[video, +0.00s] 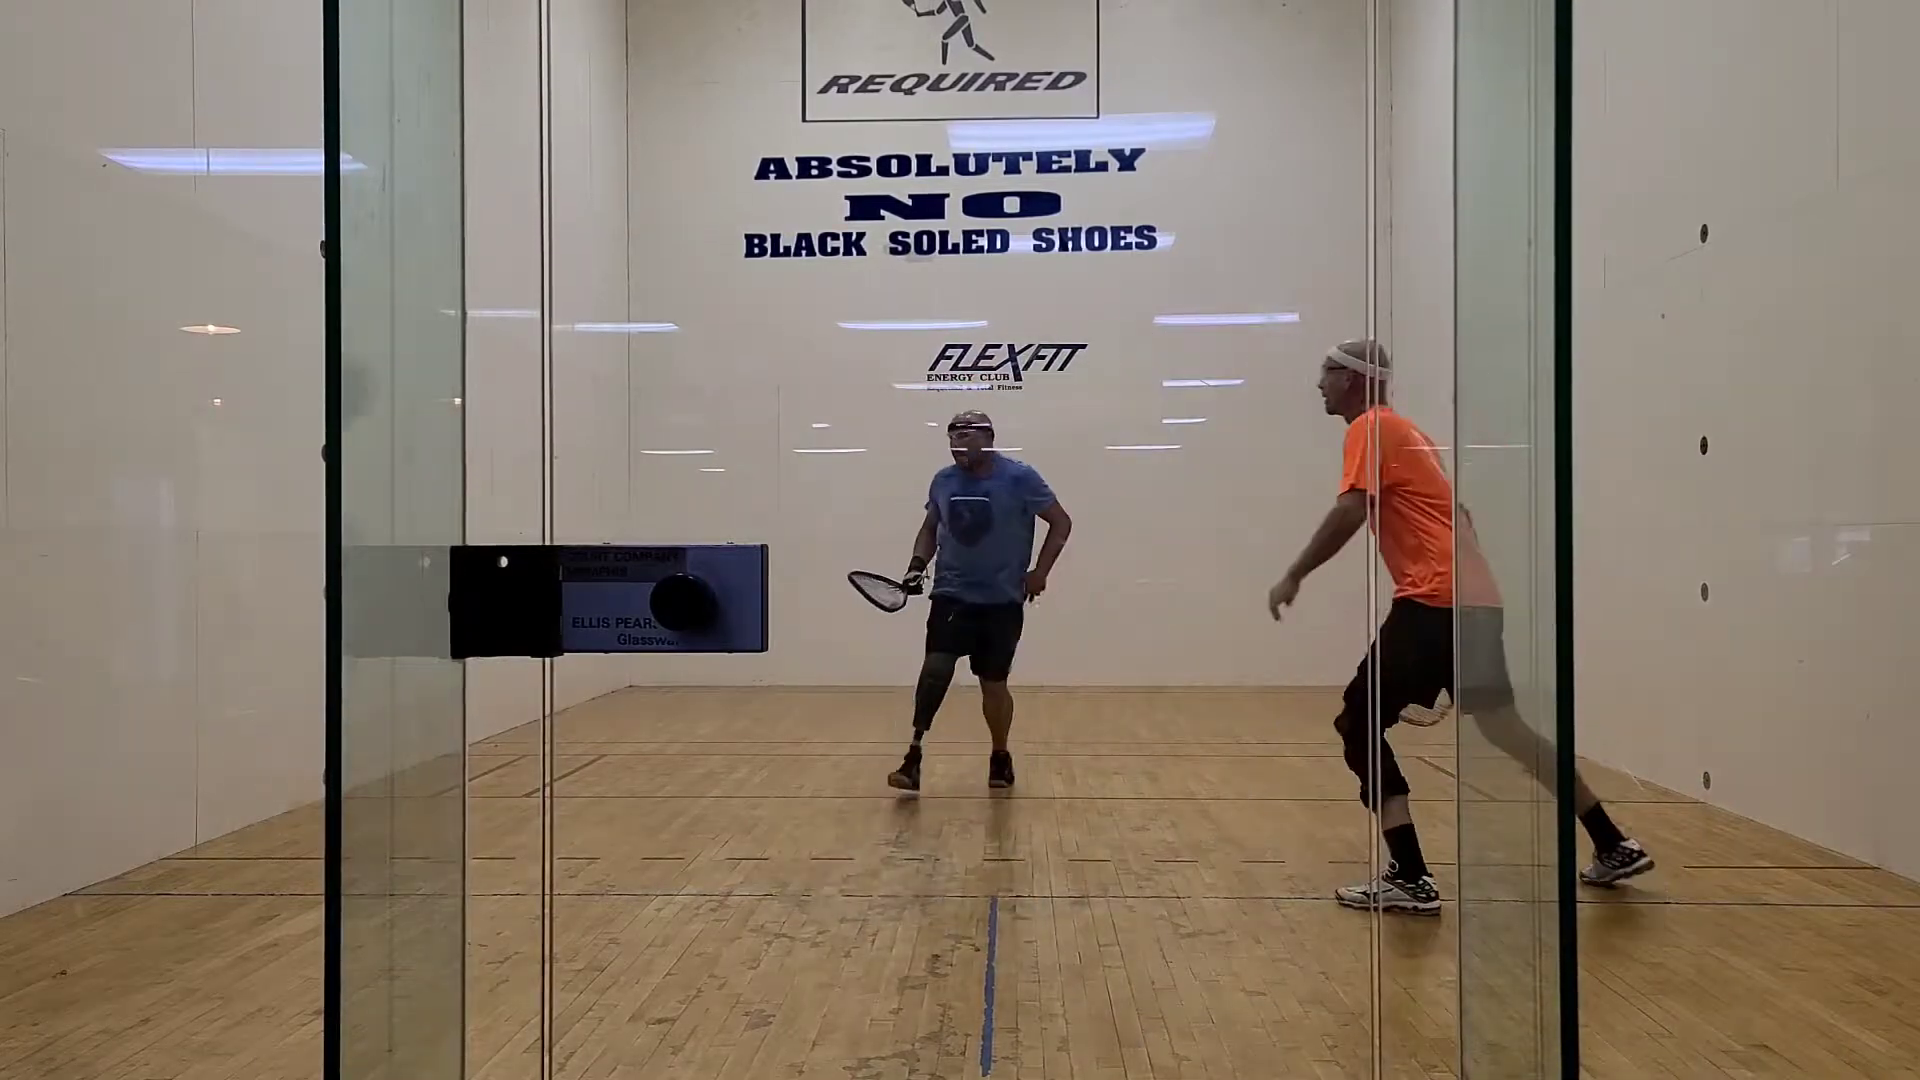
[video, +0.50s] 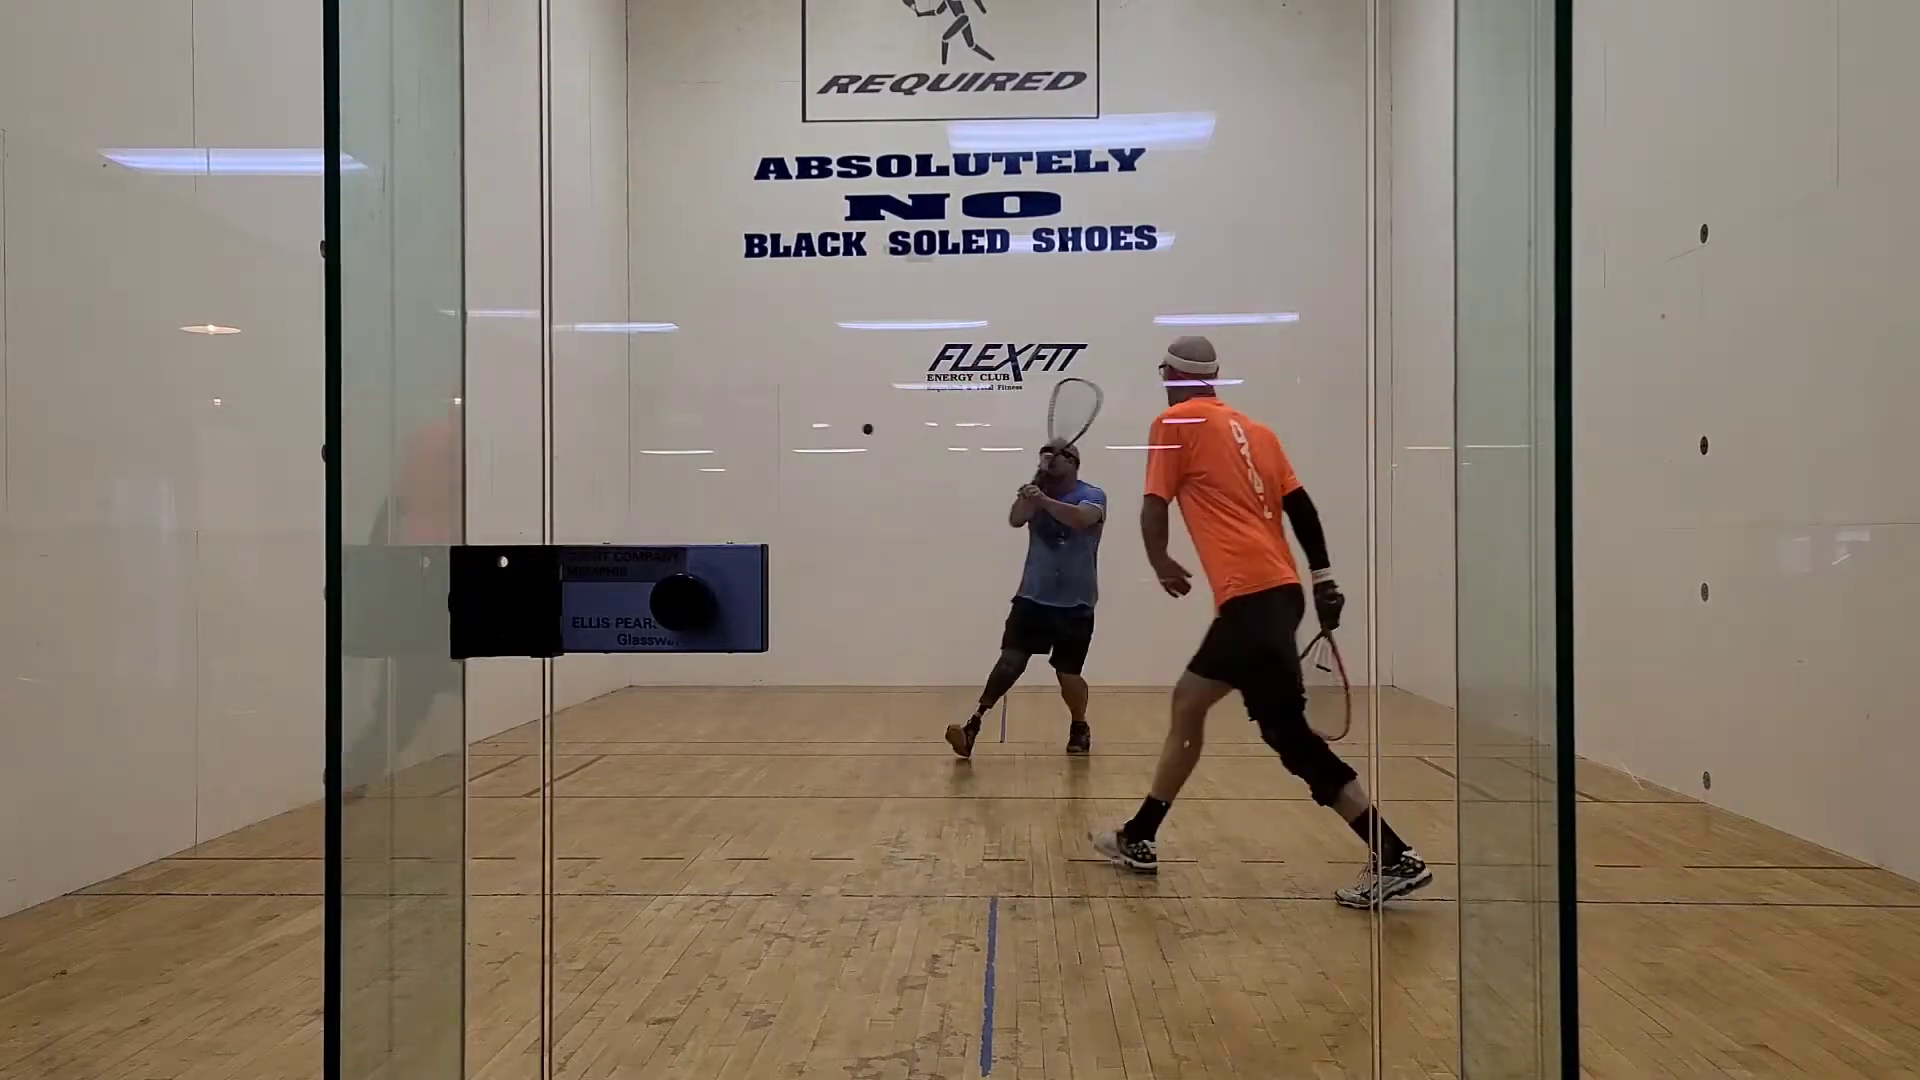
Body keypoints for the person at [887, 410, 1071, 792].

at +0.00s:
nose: (959, 450)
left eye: (966, 442)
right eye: (954, 444)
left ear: (988, 440)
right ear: (950, 445)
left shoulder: (1020, 477)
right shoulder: (945, 480)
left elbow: (1061, 522)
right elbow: (930, 528)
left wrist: (1041, 571)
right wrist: (917, 566)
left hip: (1001, 600)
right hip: (951, 597)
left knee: (993, 684)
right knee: (934, 673)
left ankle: (1000, 755)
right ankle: (913, 757)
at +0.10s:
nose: (972, 445)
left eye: (980, 438)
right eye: (968, 438)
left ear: (1000, 440)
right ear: (963, 442)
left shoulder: (1031, 479)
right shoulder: (951, 481)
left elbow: (1070, 522)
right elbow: (938, 529)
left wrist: (1064, 572)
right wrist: (927, 564)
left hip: (1013, 599)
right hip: (964, 596)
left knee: (1007, 677)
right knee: (951, 671)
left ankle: (1001, 755)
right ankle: (949, 722)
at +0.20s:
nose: (982, 445)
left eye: (991, 439)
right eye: (978, 439)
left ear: (1008, 444)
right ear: (972, 444)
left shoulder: (1038, 479)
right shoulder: (958, 484)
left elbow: (1076, 516)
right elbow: (945, 532)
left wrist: (1080, 561)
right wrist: (940, 563)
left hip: (1028, 591)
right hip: (979, 593)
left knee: (1025, 664)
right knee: (965, 672)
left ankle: (1021, 747)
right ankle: (962, 716)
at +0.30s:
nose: (987, 465)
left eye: (995, 459)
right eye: (985, 459)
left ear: (1017, 463)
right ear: (983, 464)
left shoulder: (1043, 498)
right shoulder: (971, 503)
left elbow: (1095, 523)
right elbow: (954, 545)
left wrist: (1099, 540)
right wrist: (951, 561)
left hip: (1035, 605)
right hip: (989, 608)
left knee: (1046, 675)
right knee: (977, 677)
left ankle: (1059, 729)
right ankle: (962, 735)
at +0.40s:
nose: (1012, 461)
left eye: (1021, 456)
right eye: (1010, 457)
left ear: (1040, 465)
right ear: (1007, 465)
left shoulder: (1062, 499)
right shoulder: (998, 503)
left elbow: (1104, 527)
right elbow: (974, 551)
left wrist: (1079, 519)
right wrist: (980, 526)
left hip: (1052, 607)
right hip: (1007, 605)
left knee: (1057, 678)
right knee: (985, 670)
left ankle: (1081, 713)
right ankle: (963, 733)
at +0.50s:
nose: (1048, 461)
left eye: (1055, 456)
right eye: (1045, 456)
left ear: (1073, 463)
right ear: (1040, 463)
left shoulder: (1092, 495)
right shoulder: (1037, 493)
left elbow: (1082, 519)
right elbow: (1016, 520)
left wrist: (1043, 501)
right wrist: (1028, 497)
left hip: (1075, 602)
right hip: (1033, 596)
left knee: (1068, 674)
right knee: (1009, 664)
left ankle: (1079, 726)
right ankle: (970, 730)